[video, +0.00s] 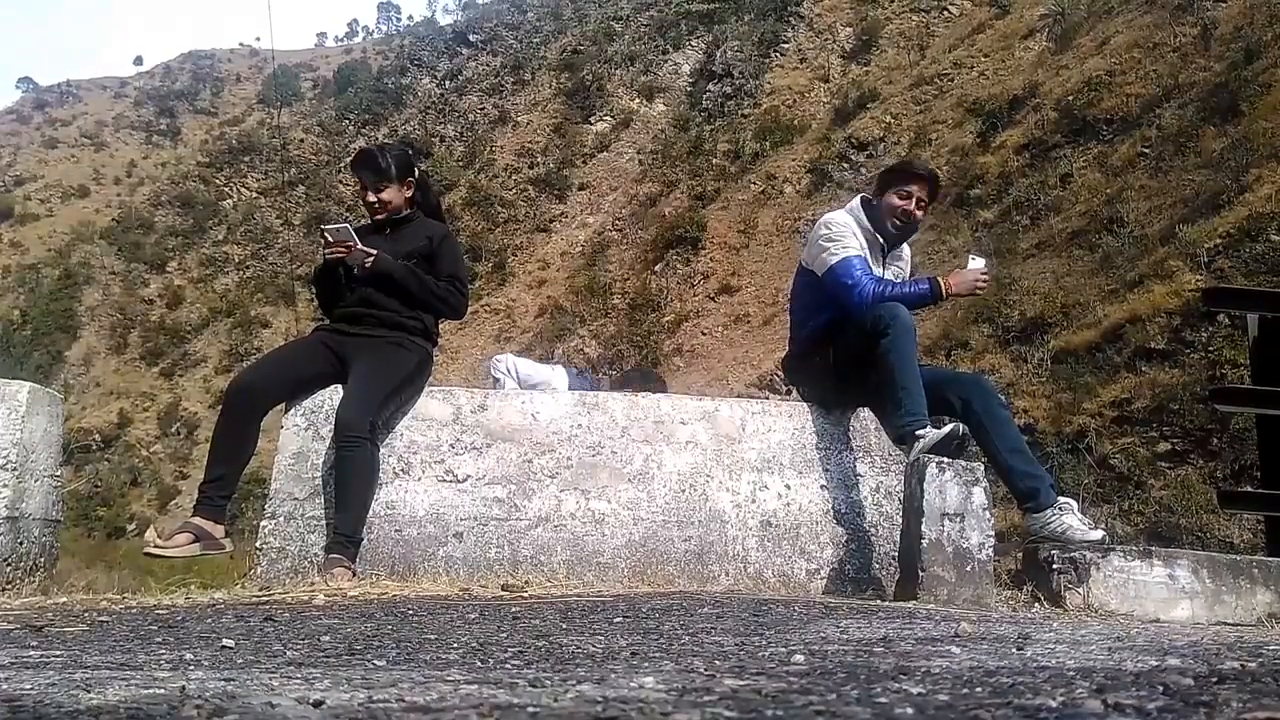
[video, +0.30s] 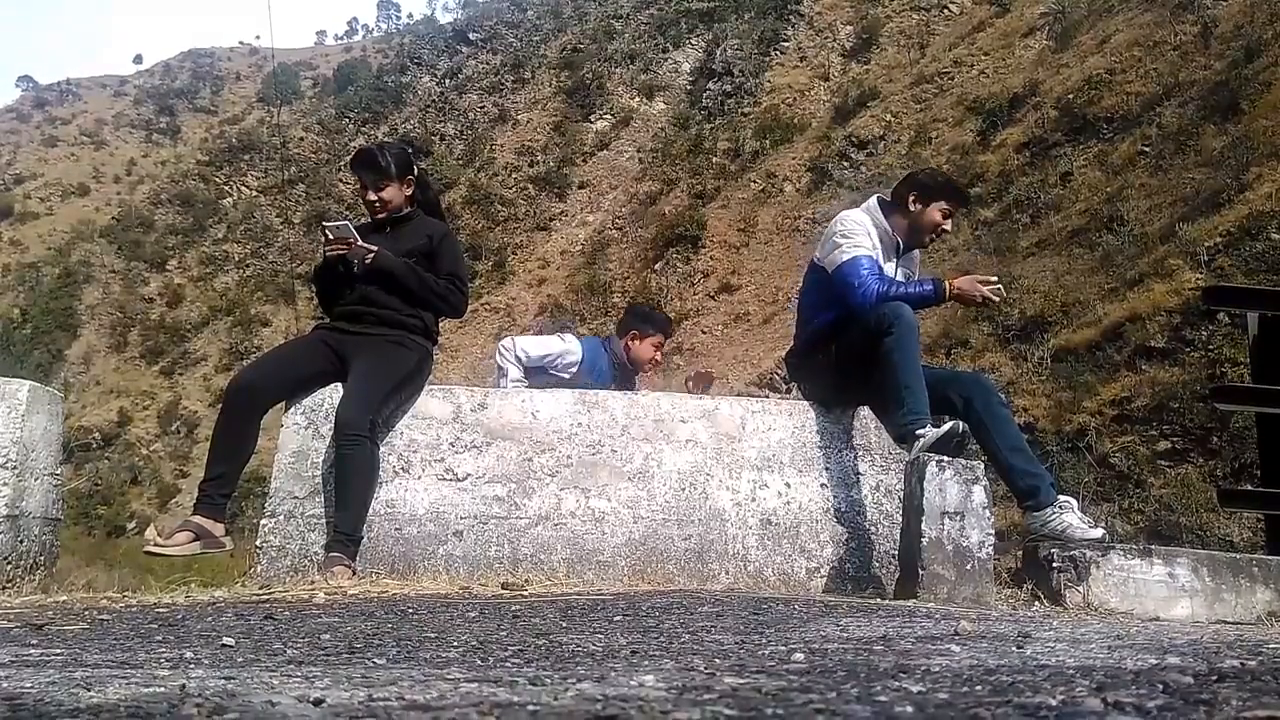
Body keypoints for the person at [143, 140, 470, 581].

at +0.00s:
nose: (371, 197)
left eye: (381, 188)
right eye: (365, 188)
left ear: (409, 186)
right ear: (360, 188)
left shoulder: (435, 235)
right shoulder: (355, 233)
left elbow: (455, 303)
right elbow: (331, 304)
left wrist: (384, 264)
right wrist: (331, 264)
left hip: (397, 346)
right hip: (337, 337)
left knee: (353, 425)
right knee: (247, 390)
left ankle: (341, 560)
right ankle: (208, 523)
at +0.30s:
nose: (371, 197)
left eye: (381, 187)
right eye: (365, 188)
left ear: (409, 184)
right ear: (360, 187)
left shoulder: (434, 232)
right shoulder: (356, 229)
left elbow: (455, 301)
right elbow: (330, 301)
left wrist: (383, 261)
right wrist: (332, 262)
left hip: (396, 344)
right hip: (336, 336)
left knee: (353, 424)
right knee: (247, 387)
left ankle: (340, 559)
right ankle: (208, 521)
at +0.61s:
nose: (375, 195)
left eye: (385, 185)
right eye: (367, 187)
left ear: (411, 182)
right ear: (362, 188)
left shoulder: (434, 233)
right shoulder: (355, 230)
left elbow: (455, 301)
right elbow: (331, 301)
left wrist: (382, 262)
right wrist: (330, 263)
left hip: (397, 344)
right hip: (336, 336)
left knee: (353, 423)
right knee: (247, 388)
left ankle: (341, 558)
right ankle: (208, 521)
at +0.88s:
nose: (376, 194)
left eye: (385, 183)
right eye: (368, 186)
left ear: (410, 178)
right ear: (362, 188)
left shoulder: (435, 231)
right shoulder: (355, 230)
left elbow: (455, 299)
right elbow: (332, 298)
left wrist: (378, 260)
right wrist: (328, 259)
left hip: (397, 342)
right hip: (336, 334)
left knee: (353, 421)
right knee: (247, 386)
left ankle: (341, 558)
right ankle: (208, 519)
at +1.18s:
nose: (374, 196)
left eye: (382, 185)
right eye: (366, 188)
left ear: (409, 177)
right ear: (359, 187)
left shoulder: (435, 229)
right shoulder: (356, 228)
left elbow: (456, 299)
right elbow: (334, 299)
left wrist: (376, 259)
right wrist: (329, 258)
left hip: (396, 341)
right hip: (336, 333)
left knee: (353, 420)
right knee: (247, 385)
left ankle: (340, 557)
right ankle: (208, 518)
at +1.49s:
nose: (374, 197)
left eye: (381, 186)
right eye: (366, 189)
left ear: (408, 177)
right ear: (360, 189)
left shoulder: (436, 231)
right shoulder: (358, 227)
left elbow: (456, 299)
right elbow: (333, 299)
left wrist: (382, 259)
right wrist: (334, 254)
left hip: (397, 342)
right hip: (337, 334)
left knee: (353, 419)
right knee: (247, 385)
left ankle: (341, 555)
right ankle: (208, 519)